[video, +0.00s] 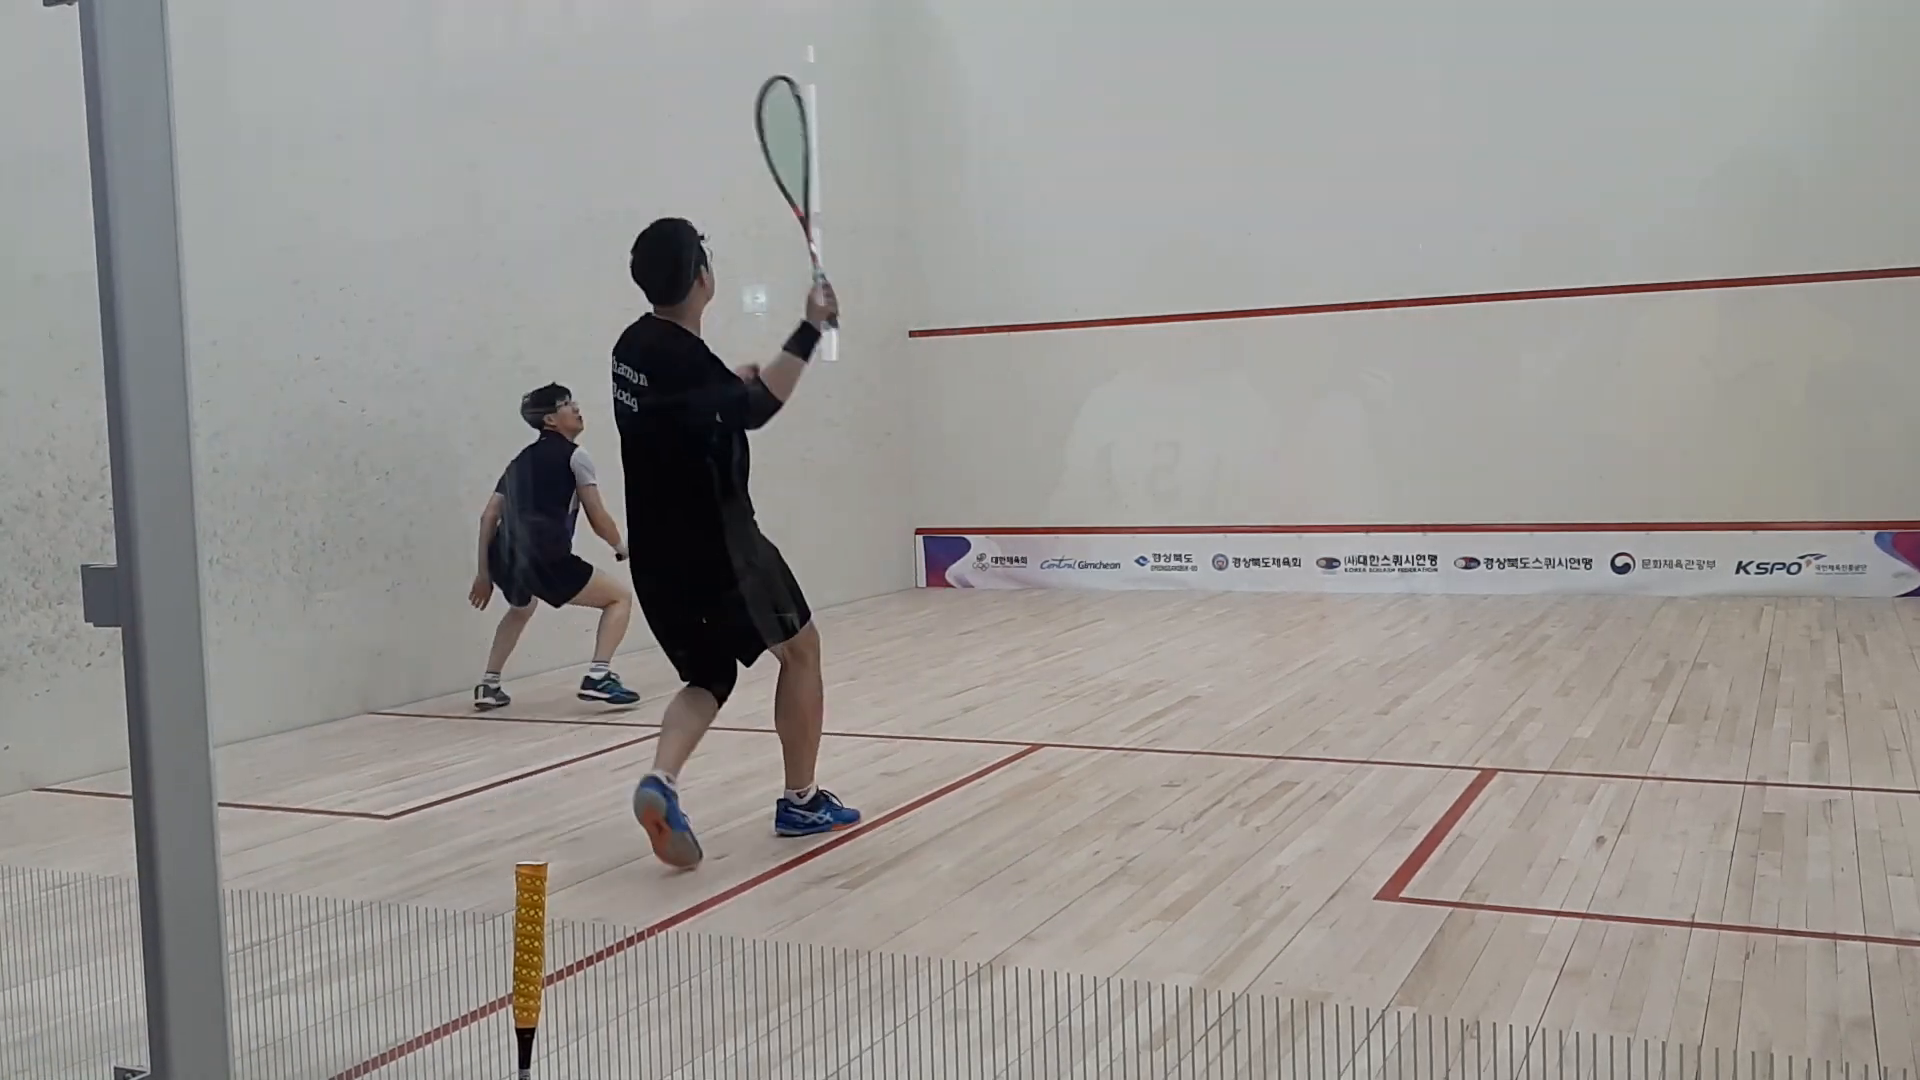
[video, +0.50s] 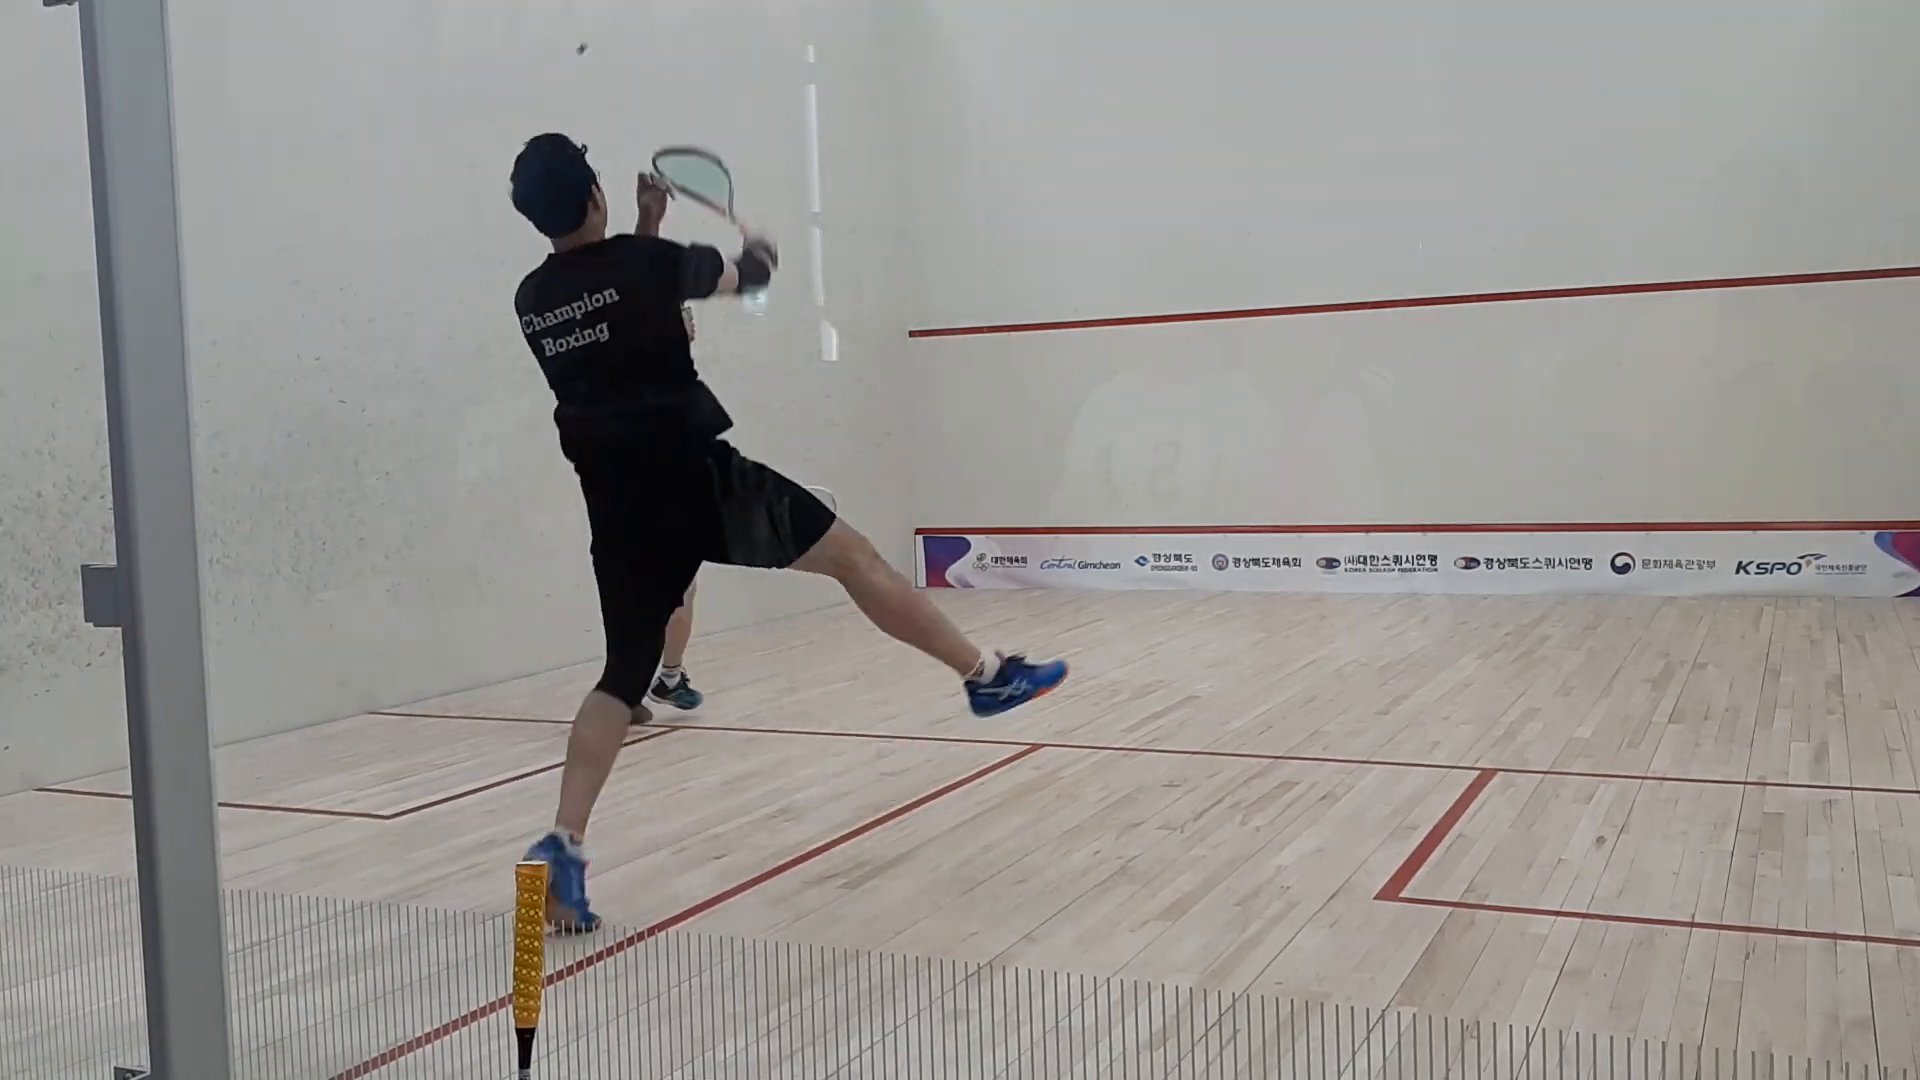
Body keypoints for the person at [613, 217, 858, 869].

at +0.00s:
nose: (711, 273)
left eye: (705, 262)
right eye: (707, 264)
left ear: (647, 282)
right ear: (701, 277)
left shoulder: (631, 347)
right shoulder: (689, 359)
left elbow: (677, 414)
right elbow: (756, 408)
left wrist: (733, 384)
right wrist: (812, 329)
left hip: (656, 548)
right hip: (722, 542)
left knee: (711, 669)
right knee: (800, 648)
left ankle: (660, 780)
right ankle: (801, 799)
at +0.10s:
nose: (693, 257)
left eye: (686, 247)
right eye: (688, 248)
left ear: (627, 272)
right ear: (679, 263)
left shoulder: (618, 336)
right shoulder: (673, 345)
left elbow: (731, 359)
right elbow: (758, 375)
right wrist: (774, 283)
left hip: (657, 537)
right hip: (724, 529)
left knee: (698, 670)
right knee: (782, 649)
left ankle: (663, 825)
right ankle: (808, 792)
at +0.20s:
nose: (660, 225)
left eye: (652, 215)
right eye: (654, 218)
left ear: (594, 247)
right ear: (648, 233)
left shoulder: (589, 315)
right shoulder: (683, 308)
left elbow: (667, 337)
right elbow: (784, 286)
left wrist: (722, 290)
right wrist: (767, 202)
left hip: (646, 521)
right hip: (722, 511)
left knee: (673, 668)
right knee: (788, 642)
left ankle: (659, 834)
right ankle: (838, 780)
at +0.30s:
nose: (630, 186)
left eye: (618, 177)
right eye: (623, 181)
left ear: (565, 221)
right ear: (620, 201)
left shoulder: (562, 292)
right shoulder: (675, 245)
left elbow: (639, 277)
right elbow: (747, 171)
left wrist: (690, 213)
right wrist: (756, 97)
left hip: (621, 486)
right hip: (707, 474)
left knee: (651, 652)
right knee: (812, 597)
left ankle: (651, 824)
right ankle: (848, 759)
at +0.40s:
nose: (608, 171)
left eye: (596, 163)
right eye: (600, 165)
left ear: (542, 206)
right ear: (597, 180)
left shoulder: (542, 278)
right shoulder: (657, 225)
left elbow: (617, 263)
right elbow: (730, 157)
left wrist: (648, 192)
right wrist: (769, 96)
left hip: (623, 468)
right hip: (705, 448)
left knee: (632, 647)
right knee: (840, 567)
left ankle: (603, 820)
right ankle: (907, 721)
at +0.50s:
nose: (602, 193)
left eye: (591, 185)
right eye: (596, 185)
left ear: (531, 219)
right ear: (593, 195)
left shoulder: (530, 298)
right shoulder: (649, 263)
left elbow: (616, 297)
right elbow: (751, 272)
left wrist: (647, 226)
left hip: (619, 509)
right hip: (704, 482)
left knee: (623, 673)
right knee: (852, 557)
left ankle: (562, 847)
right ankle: (985, 673)